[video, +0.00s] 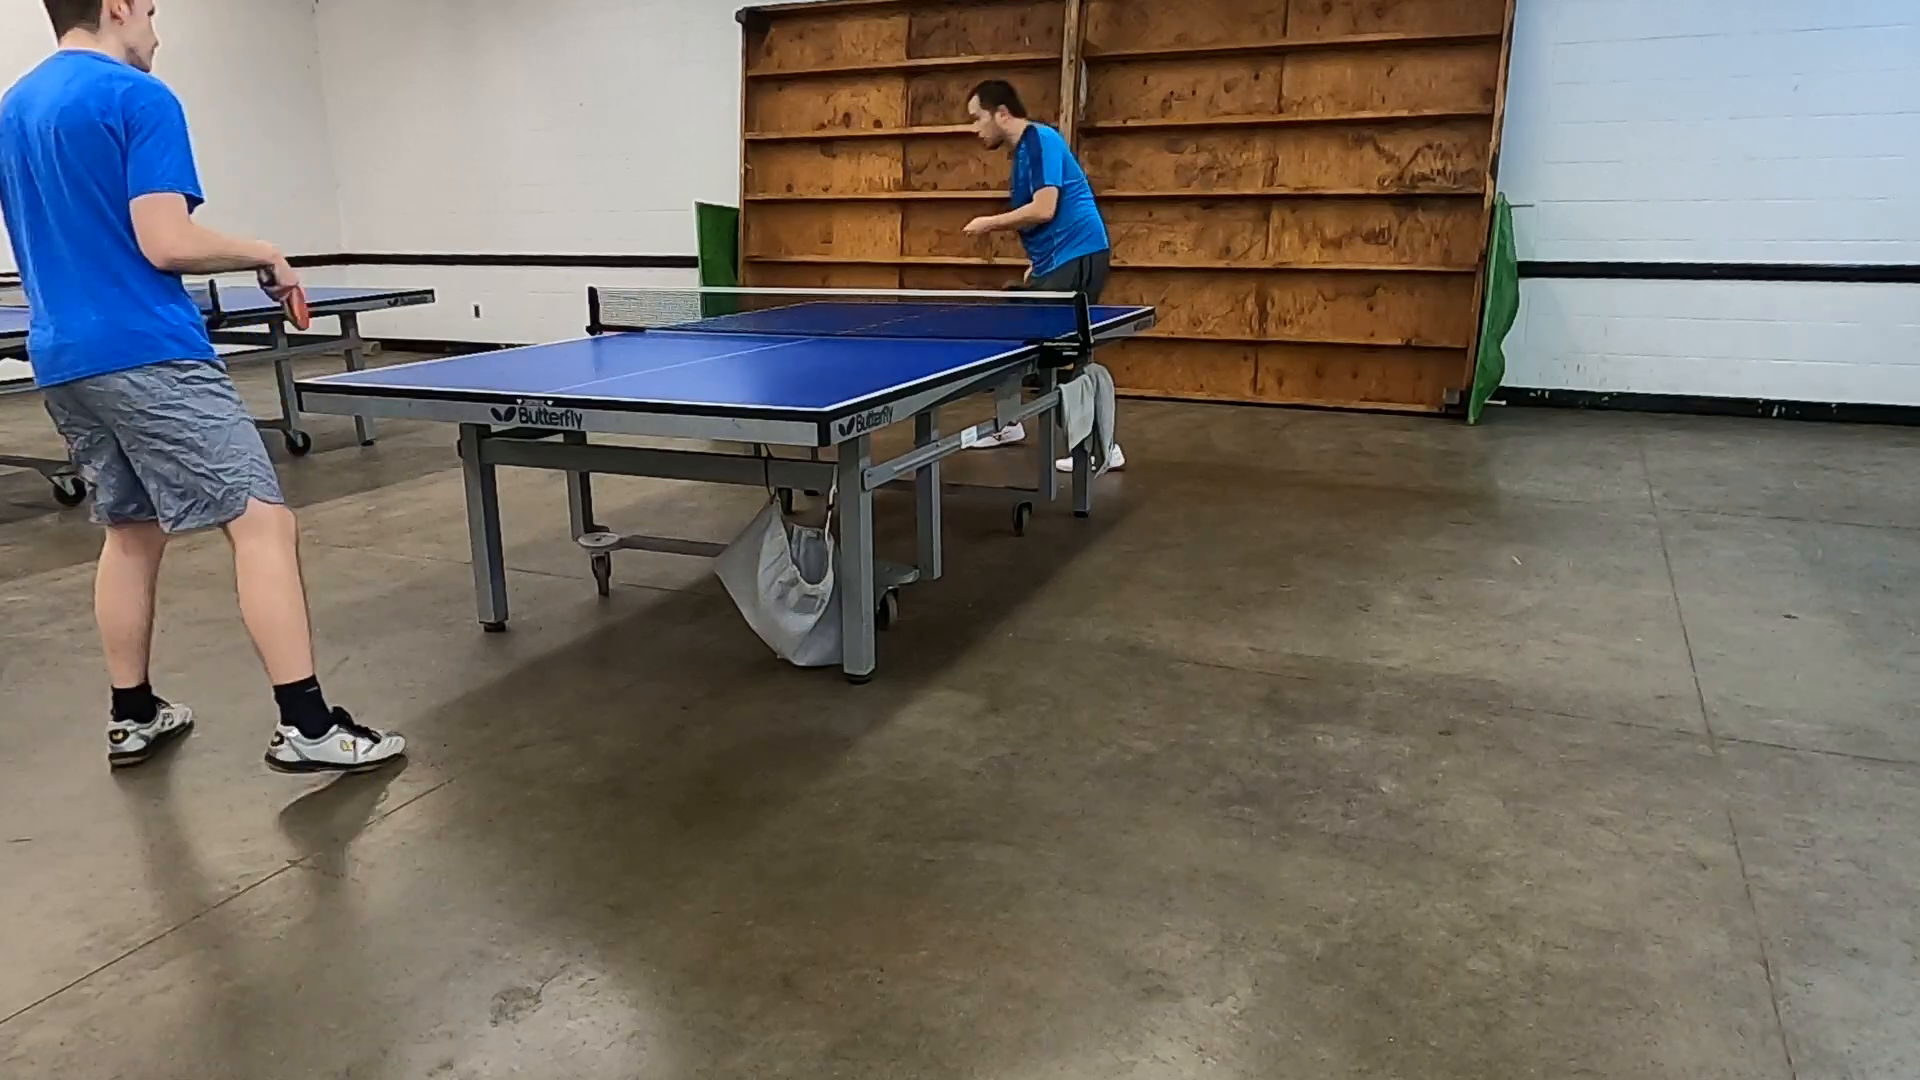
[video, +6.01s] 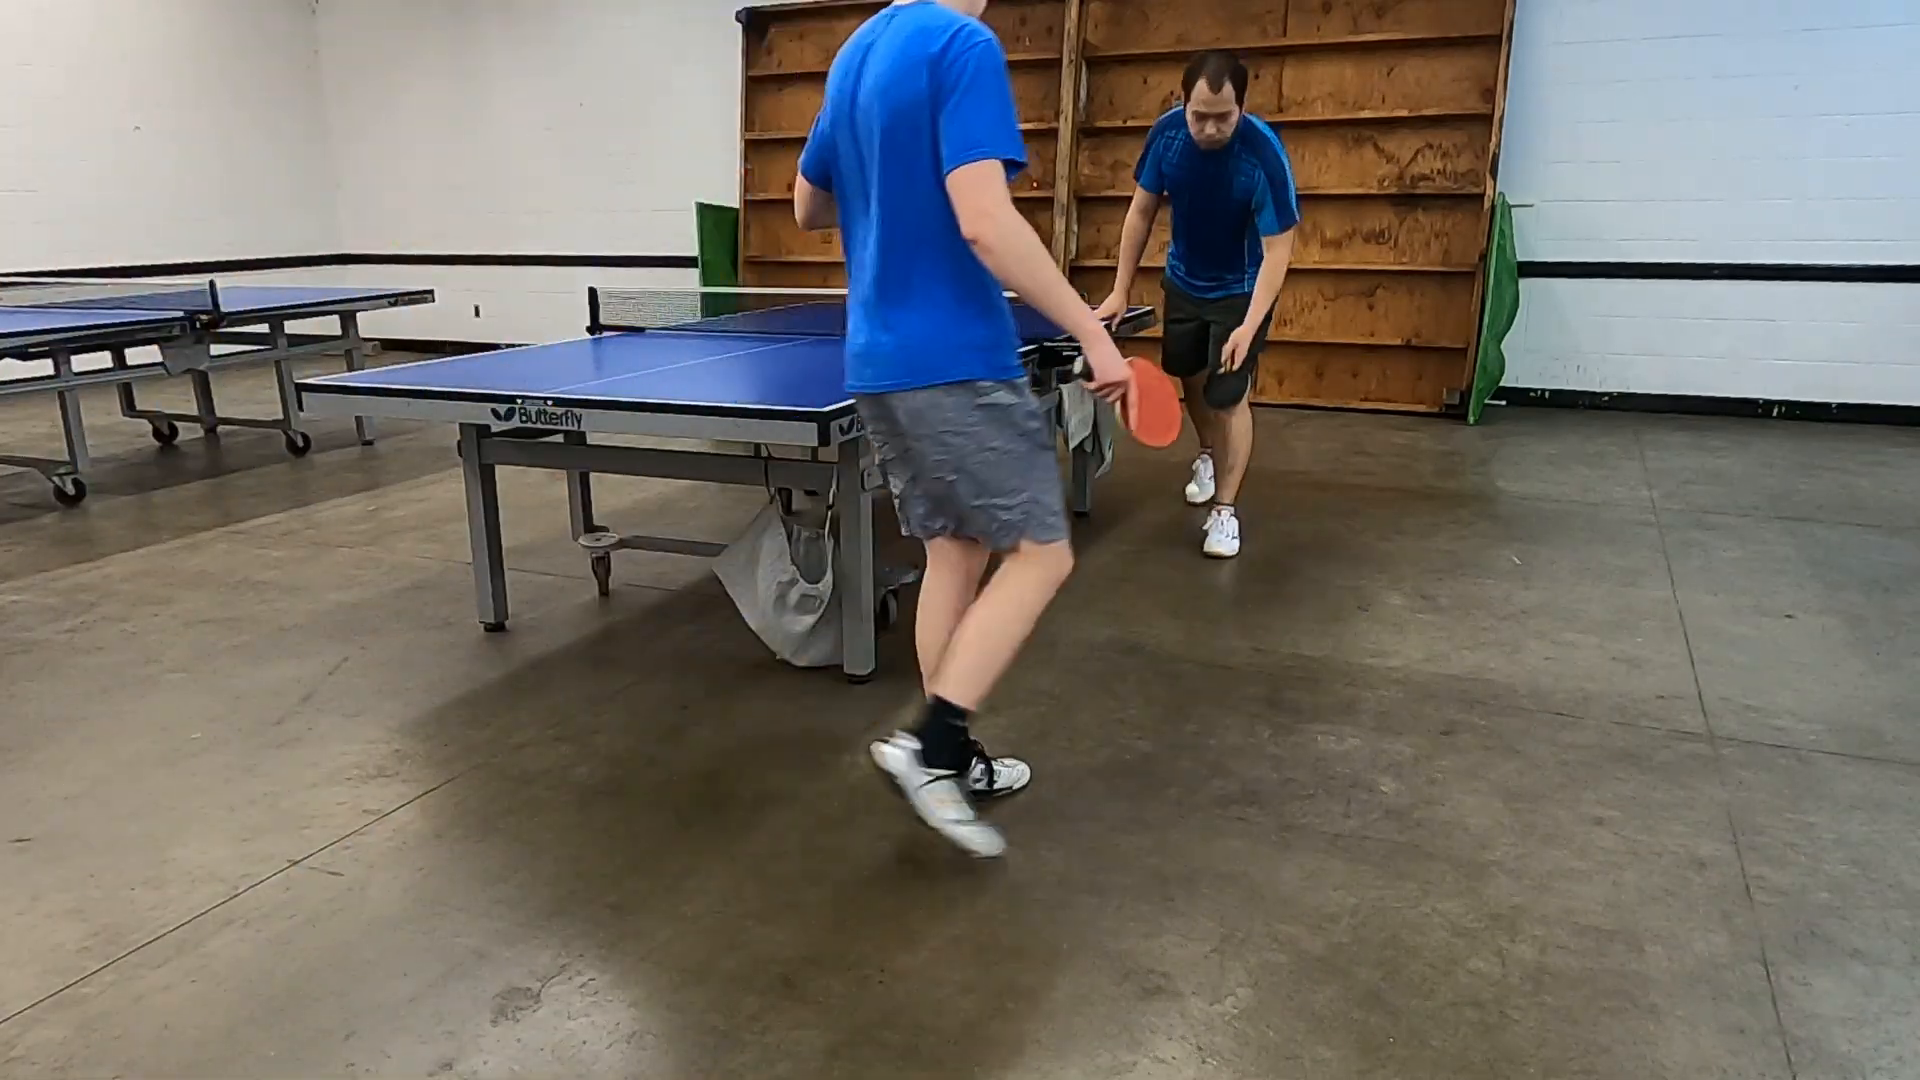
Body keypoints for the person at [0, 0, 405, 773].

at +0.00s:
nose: (157, 33)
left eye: (154, 15)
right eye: (151, 13)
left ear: (69, 17)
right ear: (116, 10)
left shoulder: (15, 108)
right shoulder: (138, 95)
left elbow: (32, 246)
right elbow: (165, 240)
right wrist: (264, 253)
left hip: (60, 361)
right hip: (147, 350)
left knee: (132, 527)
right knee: (262, 518)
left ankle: (133, 714)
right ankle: (308, 722)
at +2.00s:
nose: (289, 180)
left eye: (287, 163)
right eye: (283, 164)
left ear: (195, 168)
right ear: (251, 168)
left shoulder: (116, 232)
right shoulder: (240, 255)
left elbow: (23, 334)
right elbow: (303, 386)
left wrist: (86, 406)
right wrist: (388, 343)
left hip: (42, 466)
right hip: (132, 472)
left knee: (149, 553)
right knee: (337, 583)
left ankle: (100, 712)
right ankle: (318, 790)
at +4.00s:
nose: (85, 19)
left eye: (106, 2)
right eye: (70, 3)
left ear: (148, 10)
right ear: (55, 9)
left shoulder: (172, 102)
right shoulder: (37, 106)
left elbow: (177, 211)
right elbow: (23, 248)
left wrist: (229, 232)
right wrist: (142, 328)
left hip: (170, 342)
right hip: (93, 351)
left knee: (160, 526)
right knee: (150, 534)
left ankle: (126, 670)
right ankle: (126, 743)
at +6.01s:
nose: (1000, 15)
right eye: (1001, 11)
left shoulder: (855, 52)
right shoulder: (964, 42)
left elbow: (811, 205)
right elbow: (984, 217)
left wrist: (910, 208)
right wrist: (1092, 333)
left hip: (880, 362)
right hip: (957, 359)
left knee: (952, 550)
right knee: (1043, 553)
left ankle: (955, 755)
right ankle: (931, 742)